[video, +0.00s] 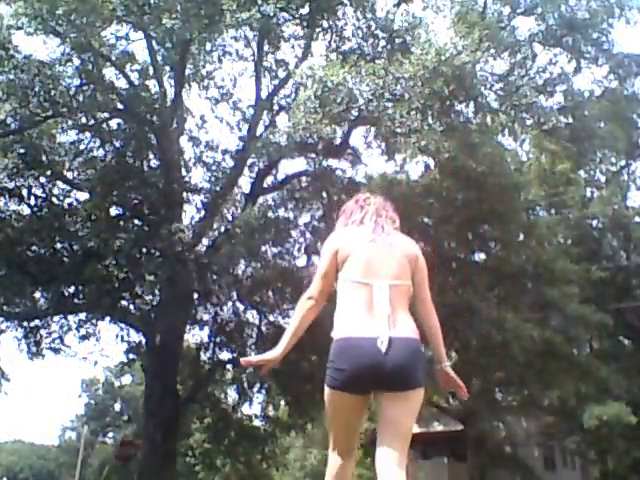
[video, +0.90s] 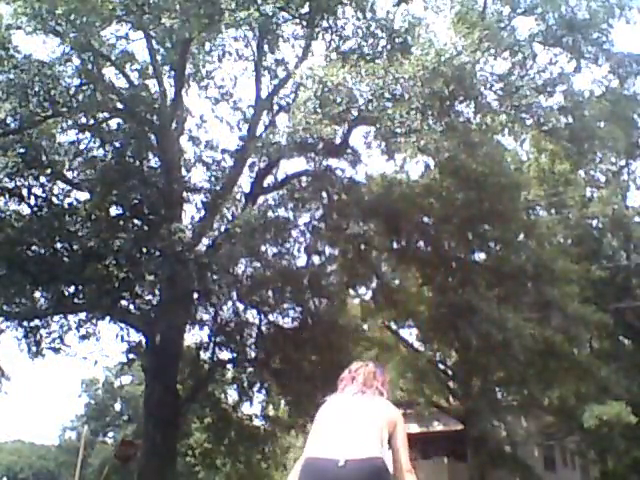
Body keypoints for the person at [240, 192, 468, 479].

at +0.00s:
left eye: (345, 219)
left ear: (348, 217)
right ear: (391, 218)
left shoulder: (339, 240)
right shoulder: (410, 247)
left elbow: (314, 299)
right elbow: (426, 309)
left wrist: (279, 351)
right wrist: (443, 363)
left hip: (351, 351)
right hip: (407, 354)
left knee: (341, 455)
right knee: (393, 461)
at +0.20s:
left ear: (343, 241)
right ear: (382, 245)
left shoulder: (330, 265)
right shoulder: (397, 271)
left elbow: (305, 320)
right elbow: (413, 329)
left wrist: (270, 368)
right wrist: (431, 383)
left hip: (331, 369)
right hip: (383, 373)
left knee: (333, 468)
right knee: (380, 472)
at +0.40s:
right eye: (378, 280)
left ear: (342, 279)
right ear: (378, 281)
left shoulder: (325, 301)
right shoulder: (391, 307)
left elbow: (300, 353)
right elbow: (405, 364)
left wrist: (266, 397)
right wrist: (423, 417)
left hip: (321, 387)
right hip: (372, 392)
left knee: (332, 473)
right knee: (367, 468)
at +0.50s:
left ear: (342, 300)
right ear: (378, 304)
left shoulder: (327, 321)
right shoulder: (390, 329)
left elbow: (302, 373)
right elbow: (404, 386)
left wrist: (269, 422)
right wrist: (422, 437)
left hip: (318, 403)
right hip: (368, 407)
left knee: (333, 474)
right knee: (362, 473)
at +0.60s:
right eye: (380, 329)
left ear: (342, 326)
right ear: (378, 328)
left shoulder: (327, 349)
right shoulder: (389, 354)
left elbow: (301, 401)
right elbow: (405, 412)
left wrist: (271, 451)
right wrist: (423, 465)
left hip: (319, 426)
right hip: (369, 428)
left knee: (330, 474)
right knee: (366, 475)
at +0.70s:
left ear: (342, 350)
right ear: (380, 352)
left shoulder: (326, 374)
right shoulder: (390, 378)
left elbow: (300, 429)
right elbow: (406, 438)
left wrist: (273, 474)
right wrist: (419, 476)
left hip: (317, 446)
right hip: (367, 447)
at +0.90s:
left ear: (344, 382)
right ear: (382, 385)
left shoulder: (327, 404)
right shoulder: (390, 410)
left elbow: (304, 460)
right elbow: (405, 470)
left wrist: (293, 476)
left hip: (314, 469)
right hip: (367, 468)